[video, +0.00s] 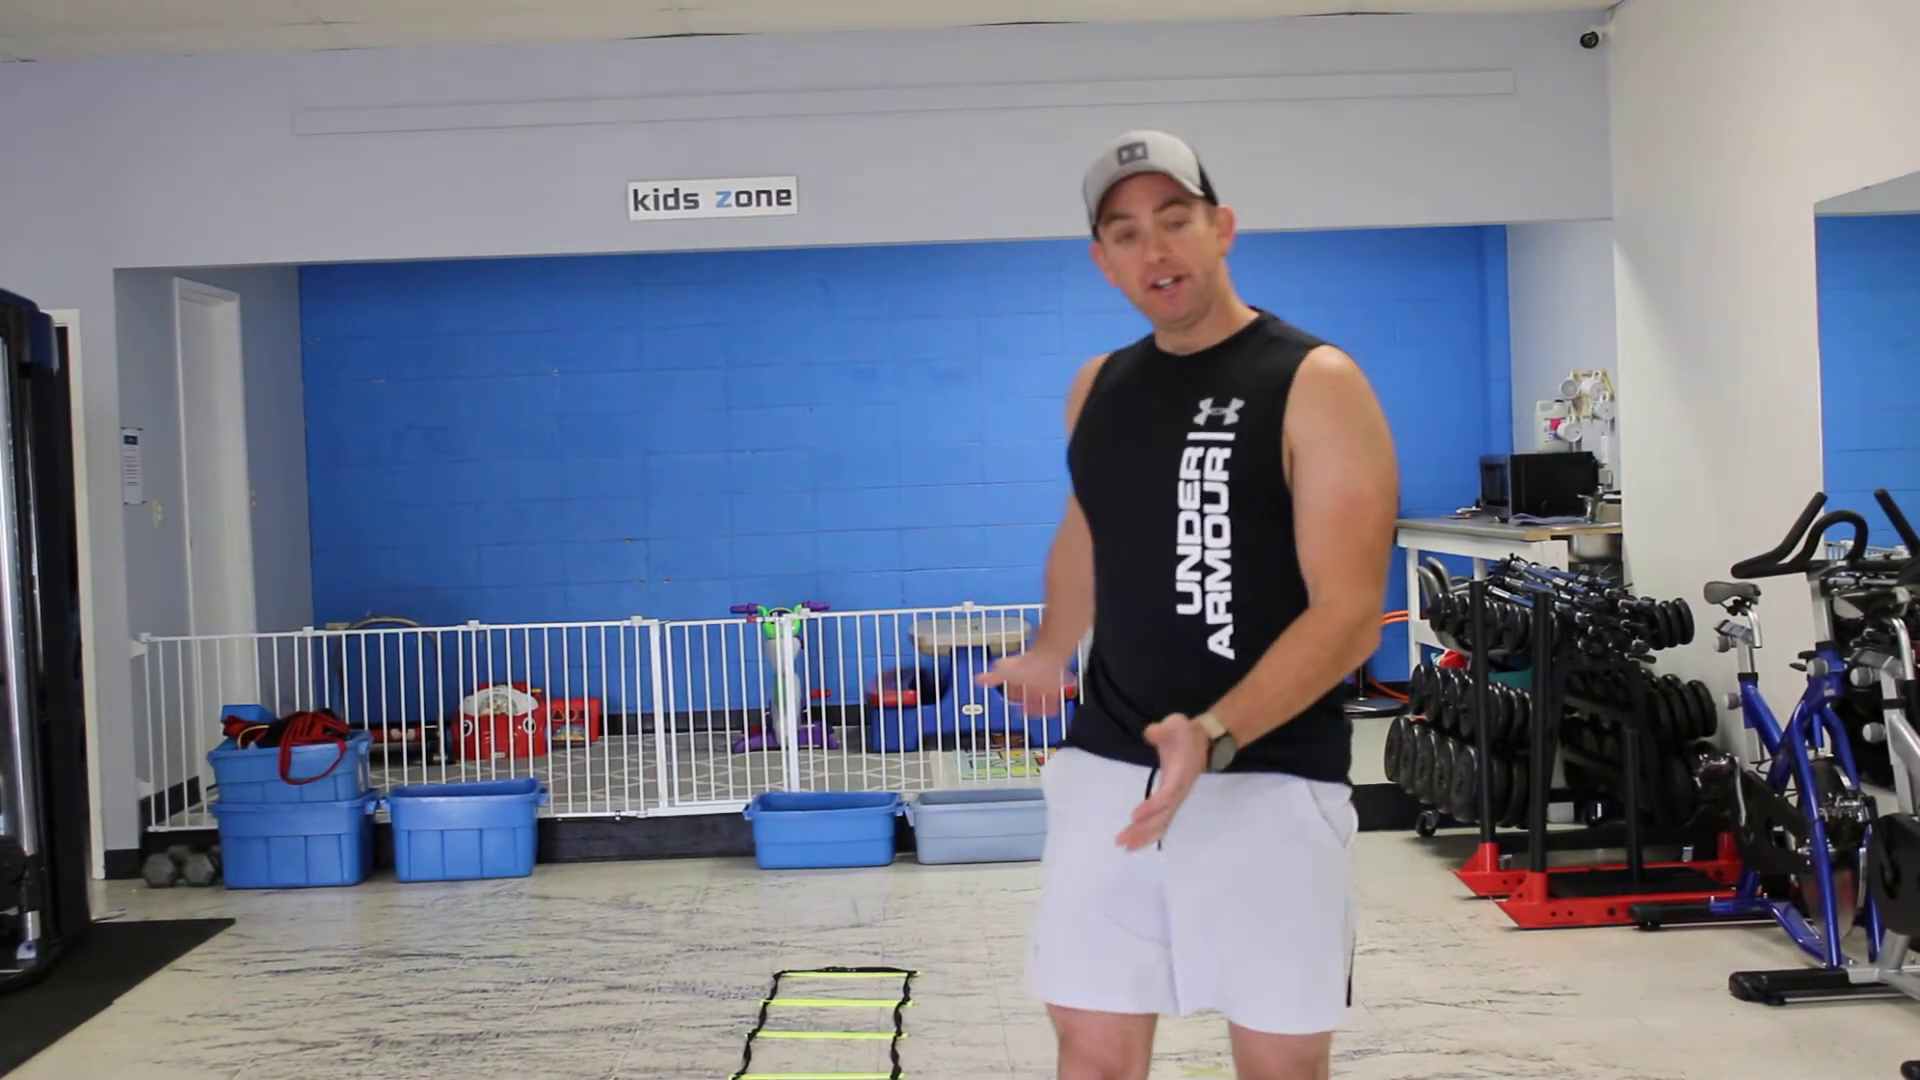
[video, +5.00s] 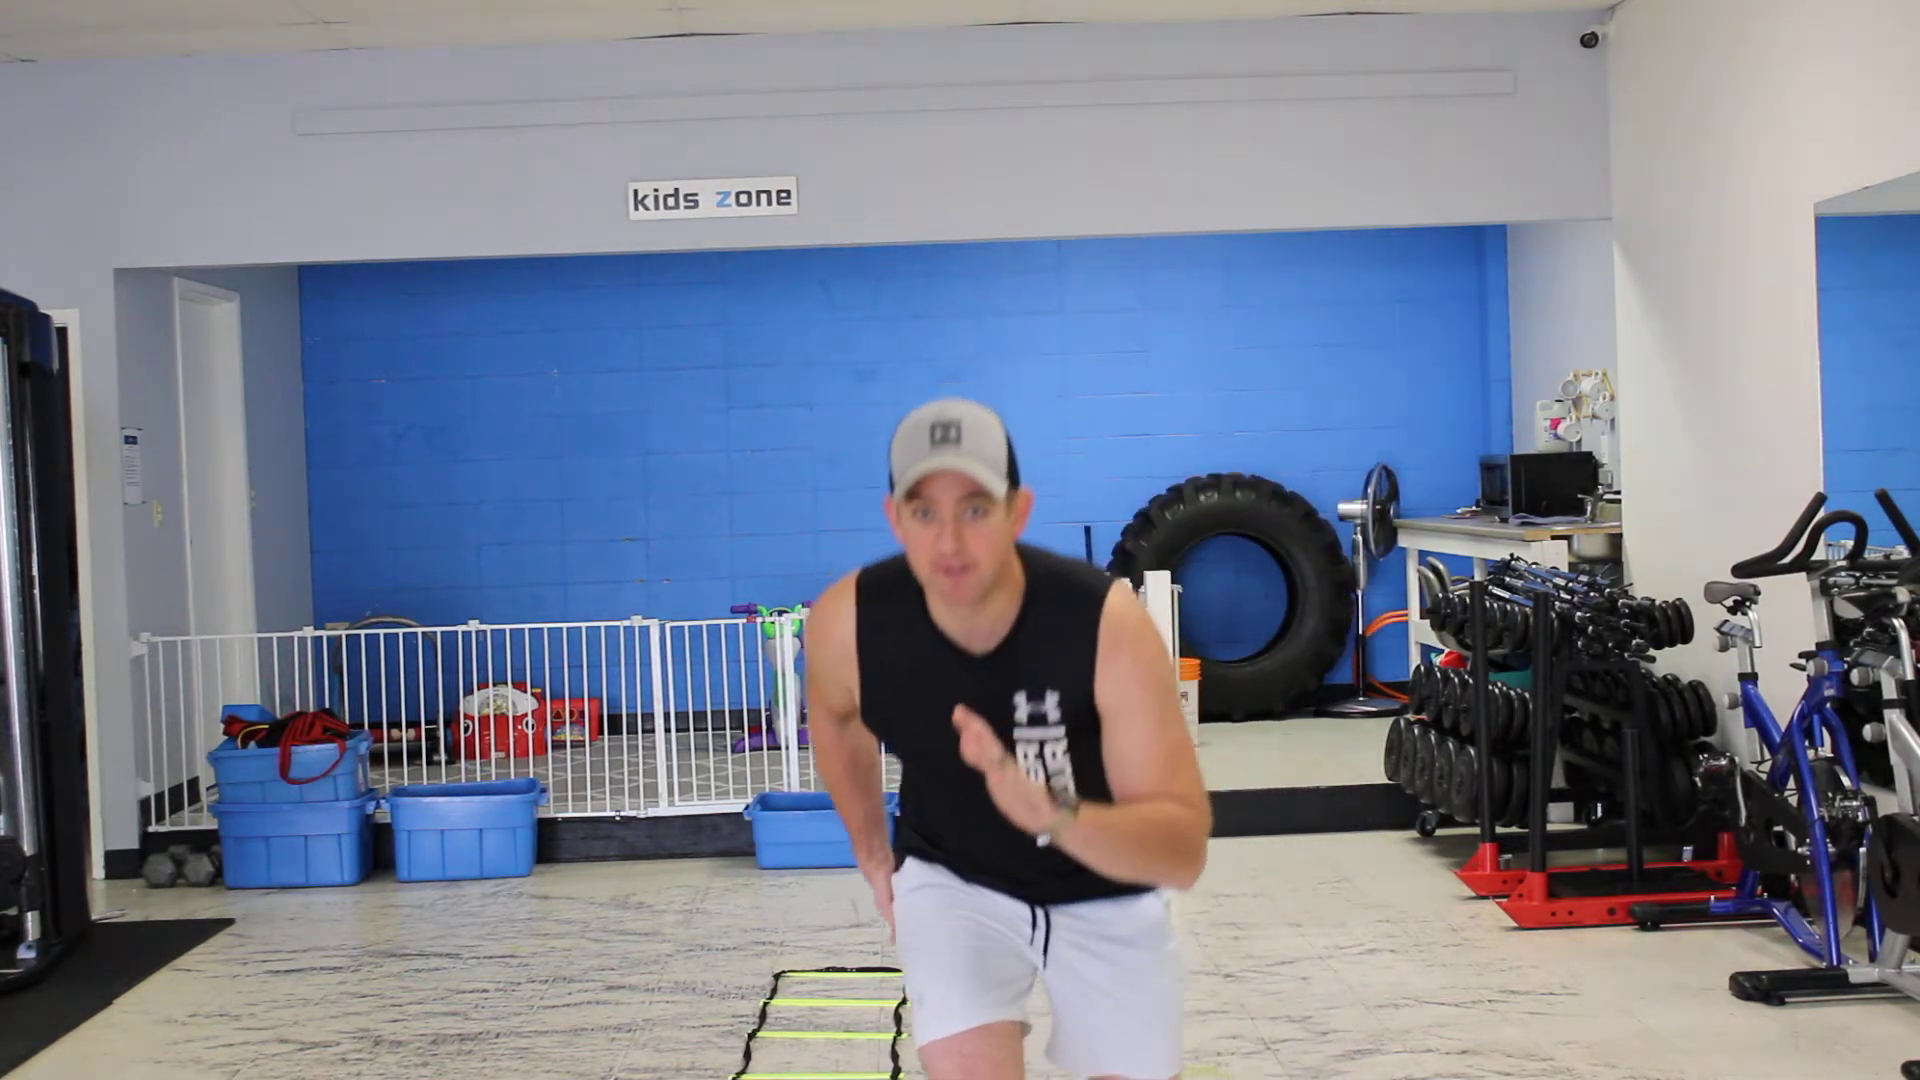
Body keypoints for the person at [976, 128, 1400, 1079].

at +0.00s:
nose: (1155, 252)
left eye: (1173, 220)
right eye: (1125, 234)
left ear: (1223, 227)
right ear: (1103, 263)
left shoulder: (1317, 385)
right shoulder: (1099, 388)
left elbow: (1349, 616)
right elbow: (1086, 525)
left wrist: (1211, 733)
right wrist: (1052, 647)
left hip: (1270, 788)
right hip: (1103, 779)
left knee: (1281, 1061)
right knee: (1094, 1059)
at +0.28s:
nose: (1112, 236)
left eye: (1129, 210)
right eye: (1082, 225)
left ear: (1173, 225)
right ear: (1055, 265)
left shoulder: (1285, 379)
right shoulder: (1035, 399)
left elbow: (1342, 589)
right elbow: (996, 552)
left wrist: (1250, 702)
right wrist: (928, 689)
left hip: (1255, 789)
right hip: (1081, 788)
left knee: (1273, 1063)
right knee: (1090, 1060)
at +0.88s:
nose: (1025, 267)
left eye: (1041, 238)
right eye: (995, 253)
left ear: (1083, 243)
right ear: (967, 284)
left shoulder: (1207, 394)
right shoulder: (940, 427)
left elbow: (1290, 585)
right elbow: (899, 621)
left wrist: (1230, 673)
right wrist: (808, 783)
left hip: (1202, 790)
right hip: (1022, 806)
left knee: (1283, 1061)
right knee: (1046, 1064)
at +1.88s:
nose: (1054, 246)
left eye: (1077, 222)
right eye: (1027, 228)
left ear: (1116, 244)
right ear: (994, 261)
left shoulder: (1217, 384)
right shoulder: (943, 413)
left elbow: (1307, 556)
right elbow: (871, 592)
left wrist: (1280, 624)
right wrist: (835, 680)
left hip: (1207, 783)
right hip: (1028, 795)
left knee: (1274, 1063)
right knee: (1054, 1064)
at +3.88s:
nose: (1091, 337)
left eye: (1113, 308)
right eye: (1065, 312)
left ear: (1152, 315)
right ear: (1031, 328)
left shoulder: (1243, 447)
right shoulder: (977, 460)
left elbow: (1324, 636)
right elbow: (903, 614)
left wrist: (1247, 630)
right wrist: (910, 698)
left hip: (1230, 799)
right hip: (1051, 808)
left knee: (1307, 1051)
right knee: (1036, 1060)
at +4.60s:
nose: (999, 438)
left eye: (1022, 409)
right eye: (973, 411)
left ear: (1062, 413)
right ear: (939, 419)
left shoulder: (1144, 532)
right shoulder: (878, 533)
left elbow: (1229, 743)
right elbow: (833, 647)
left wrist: (1142, 727)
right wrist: (876, 794)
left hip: (1142, 831)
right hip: (969, 838)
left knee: (1243, 1067)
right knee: (987, 1069)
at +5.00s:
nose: (949, 540)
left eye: (976, 509)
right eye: (924, 512)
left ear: (1018, 513)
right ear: (895, 519)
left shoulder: (1105, 620)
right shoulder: (847, 625)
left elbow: (1181, 848)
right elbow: (839, 723)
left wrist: (1059, 818)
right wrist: (875, 858)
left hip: (1113, 899)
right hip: (954, 885)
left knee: (1131, 1067)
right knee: (970, 1065)